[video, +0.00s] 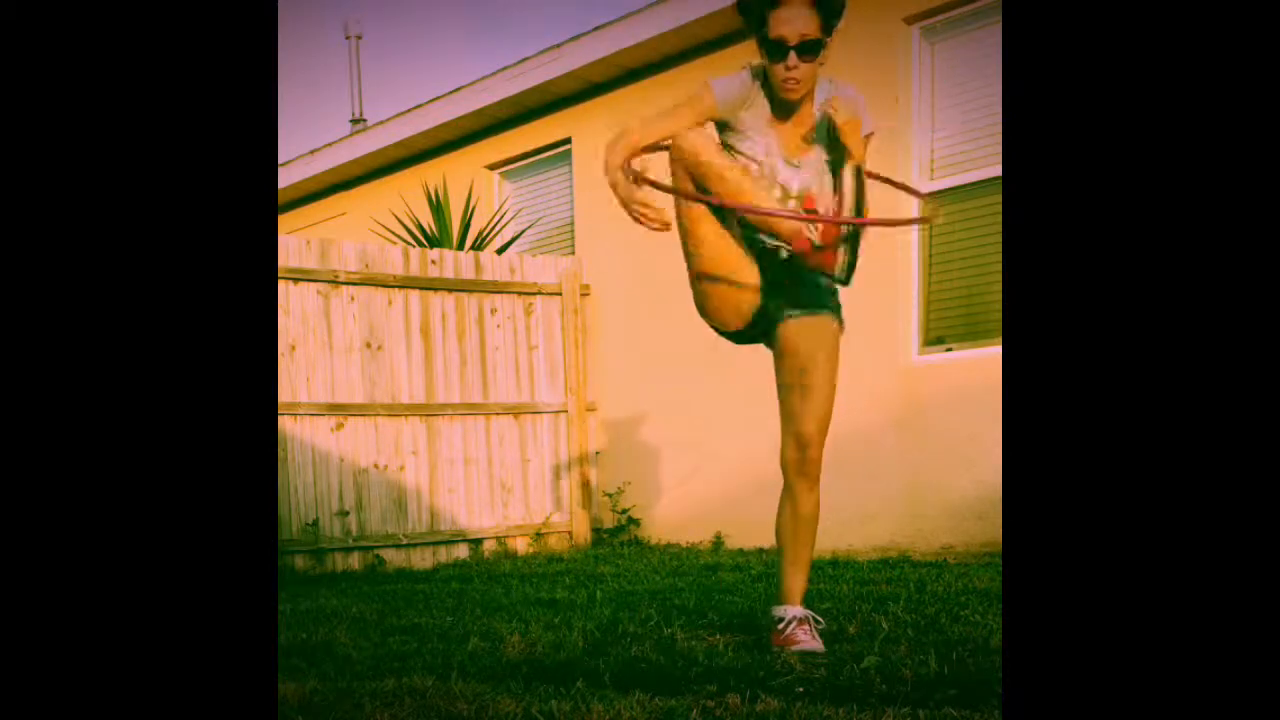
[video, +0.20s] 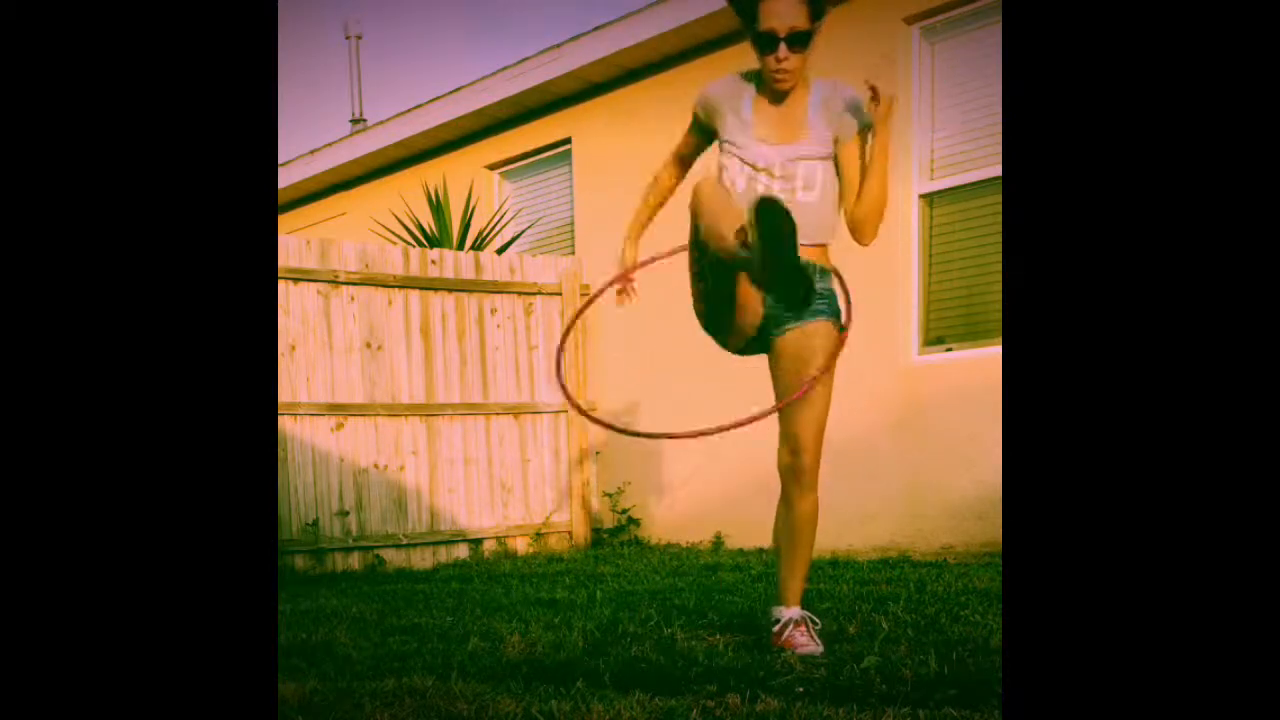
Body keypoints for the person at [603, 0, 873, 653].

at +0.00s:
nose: (791, 65)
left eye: (806, 50)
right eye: (776, 50)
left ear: (828, 44)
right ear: (758, 44)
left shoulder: (843, 107)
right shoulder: (733, 95)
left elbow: (856, 207)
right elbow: (627, 139)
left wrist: (840, 228)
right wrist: (621, 180)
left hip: (809, 293)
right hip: (737, 294)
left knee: (804, 457)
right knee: (688, 143)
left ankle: (791, 611)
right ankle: (796, 233)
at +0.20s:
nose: (781, 54)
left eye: (795, 39)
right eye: (767, 40)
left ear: (815, 36)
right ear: (748, 36)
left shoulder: (840, 104)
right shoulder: (721, 98)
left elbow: (863, 226)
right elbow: (677, 165)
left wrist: (881, 131)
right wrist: (629, 241)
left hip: (806, 290)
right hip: (732, 299)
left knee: (800, 462)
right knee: (705, 184)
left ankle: (790, 615)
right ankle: (764, 260)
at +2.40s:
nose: (768, 30)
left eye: (783, 14)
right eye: (763, 19)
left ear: (828, 18)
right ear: (766, 31)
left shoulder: (871, 87)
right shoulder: (773, 125)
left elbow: (923, 188)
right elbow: (735, 211)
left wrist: (978, 273)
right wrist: (687, 137)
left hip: (893, 300)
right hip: (816, 314)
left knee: (965, 454)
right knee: (774, 460)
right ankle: (771, 610)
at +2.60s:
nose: (770, 53)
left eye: (785, 36)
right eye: (767, 41)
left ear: (831, 40)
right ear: (778, 53)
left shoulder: (867, 109)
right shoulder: (779, 151)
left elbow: (944, 187)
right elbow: (708, 236)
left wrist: (1003, 237)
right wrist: (644, 189)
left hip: (896, 314)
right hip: (829, 332)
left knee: (968, 471)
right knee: (763, 467)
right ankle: (812, 616)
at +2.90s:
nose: (776, 7)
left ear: (824, 2)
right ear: (763, 7)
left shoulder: (866, 73)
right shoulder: (738, 91)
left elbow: (941, 161)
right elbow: (666, 191)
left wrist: (1000, 225)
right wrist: (588, 259)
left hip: (863, 271)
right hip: (790, 278)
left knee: (807, 187)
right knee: (787, 451)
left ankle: (803, 360)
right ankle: (814, 615)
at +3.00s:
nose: (777, 4)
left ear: (831, 7)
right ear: (767, 10)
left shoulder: (864, 74)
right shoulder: (743, 91)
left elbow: (932, 153)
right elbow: (688, 187)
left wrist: (991, 219)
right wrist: (642, 274)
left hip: (858, 264)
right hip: (786, 275)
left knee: (782, 133)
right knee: (788, 458)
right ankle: (812, 615)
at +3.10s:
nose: (787, 2)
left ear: (834, 10)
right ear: (767, 9)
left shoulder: (862, 78)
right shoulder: (738, 93)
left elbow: (931, 162)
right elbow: (704, 196)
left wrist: (992, 225)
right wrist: (727, 237)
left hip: (845, 262)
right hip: (777, 286)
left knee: (761, 108)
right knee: (785, 460)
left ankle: (640, 84)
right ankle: (813, 616)